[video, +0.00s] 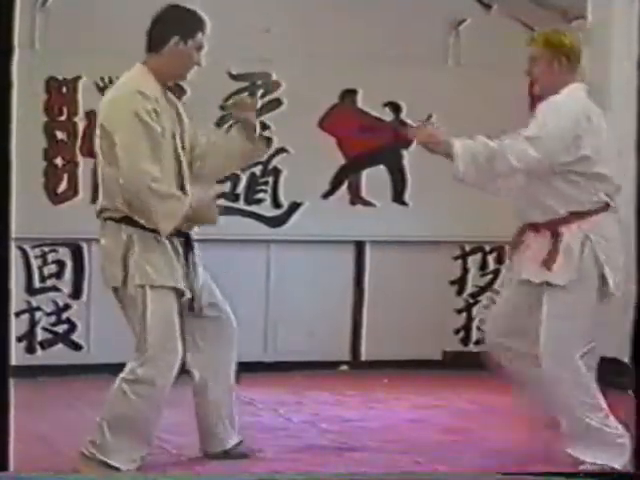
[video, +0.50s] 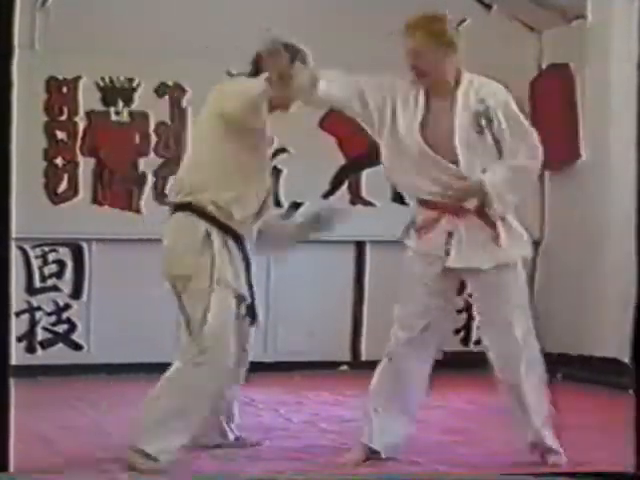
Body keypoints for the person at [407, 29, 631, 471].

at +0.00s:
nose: (529, 73)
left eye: (536, 63)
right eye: (530, 64)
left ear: (560, 66)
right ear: (556, 68)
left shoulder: (571, 107)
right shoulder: (556, 110)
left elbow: (521, 157)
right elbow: (511, 166)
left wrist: (450, 148)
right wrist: (448, 149)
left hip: (582, 241)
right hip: (544, 241)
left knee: (561, 355)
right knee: (504, 335)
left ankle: (607, 453)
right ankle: (573, 419)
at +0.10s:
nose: (515, 71)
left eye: (521, 62)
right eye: (515, 63)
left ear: (547, 64)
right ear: (540, 67)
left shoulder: (559, 106)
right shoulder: (542, 108)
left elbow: (504, 148)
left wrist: (426, 140)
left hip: (563, 245)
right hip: (525, 241)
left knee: (559, 354)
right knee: (464, 317)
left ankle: (606, 453)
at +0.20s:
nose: (491, 68)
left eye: (498, 58)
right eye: (490, 59)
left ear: (524, 60)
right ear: (512, 64)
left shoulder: (540, 105)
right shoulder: (517, 107)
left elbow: (485, 145)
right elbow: (475, 144)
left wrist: (411, 148)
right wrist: (413, 142)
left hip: (530, 243)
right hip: (486, 240)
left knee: (557, 356)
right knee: (433, 337)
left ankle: (599, 453)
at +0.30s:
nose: (474, 67)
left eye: (483, 58)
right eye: (472, 59)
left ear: (509, 60)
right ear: (471, 63)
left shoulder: (527, 109)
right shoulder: (452, 107)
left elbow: (492, 156)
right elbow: (435, 159)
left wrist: (422, 161)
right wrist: (407, 153)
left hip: (510, 241)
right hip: (455, 239)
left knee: (543, 353)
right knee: (415, 344)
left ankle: (594, 452)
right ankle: (369, 439)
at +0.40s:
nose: (435, 59)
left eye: (444, 50)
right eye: (432, 50)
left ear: (468, 52)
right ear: (431, 53)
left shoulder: (496, 102)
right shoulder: (420, 98)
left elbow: (522, 172)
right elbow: (360, 100)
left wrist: (466, 188)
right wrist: (312, 83)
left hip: (493, 238)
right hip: (436, 235)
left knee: (522, 348)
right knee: (407, 341)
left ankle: (569, 443)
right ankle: (376, 445)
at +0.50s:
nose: (413, 71)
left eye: (421, 63)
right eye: (410, 63)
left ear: (450, 56)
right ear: (407, 59)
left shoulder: (489, 98)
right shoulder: (397, 97)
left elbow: (528, 156)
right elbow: (344, 90)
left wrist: (482, 188)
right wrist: (295, 80)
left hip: (491, 235)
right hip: (431, 233)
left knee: (513, 341)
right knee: (408, 338)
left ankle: (544, 440)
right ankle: (378, 442)